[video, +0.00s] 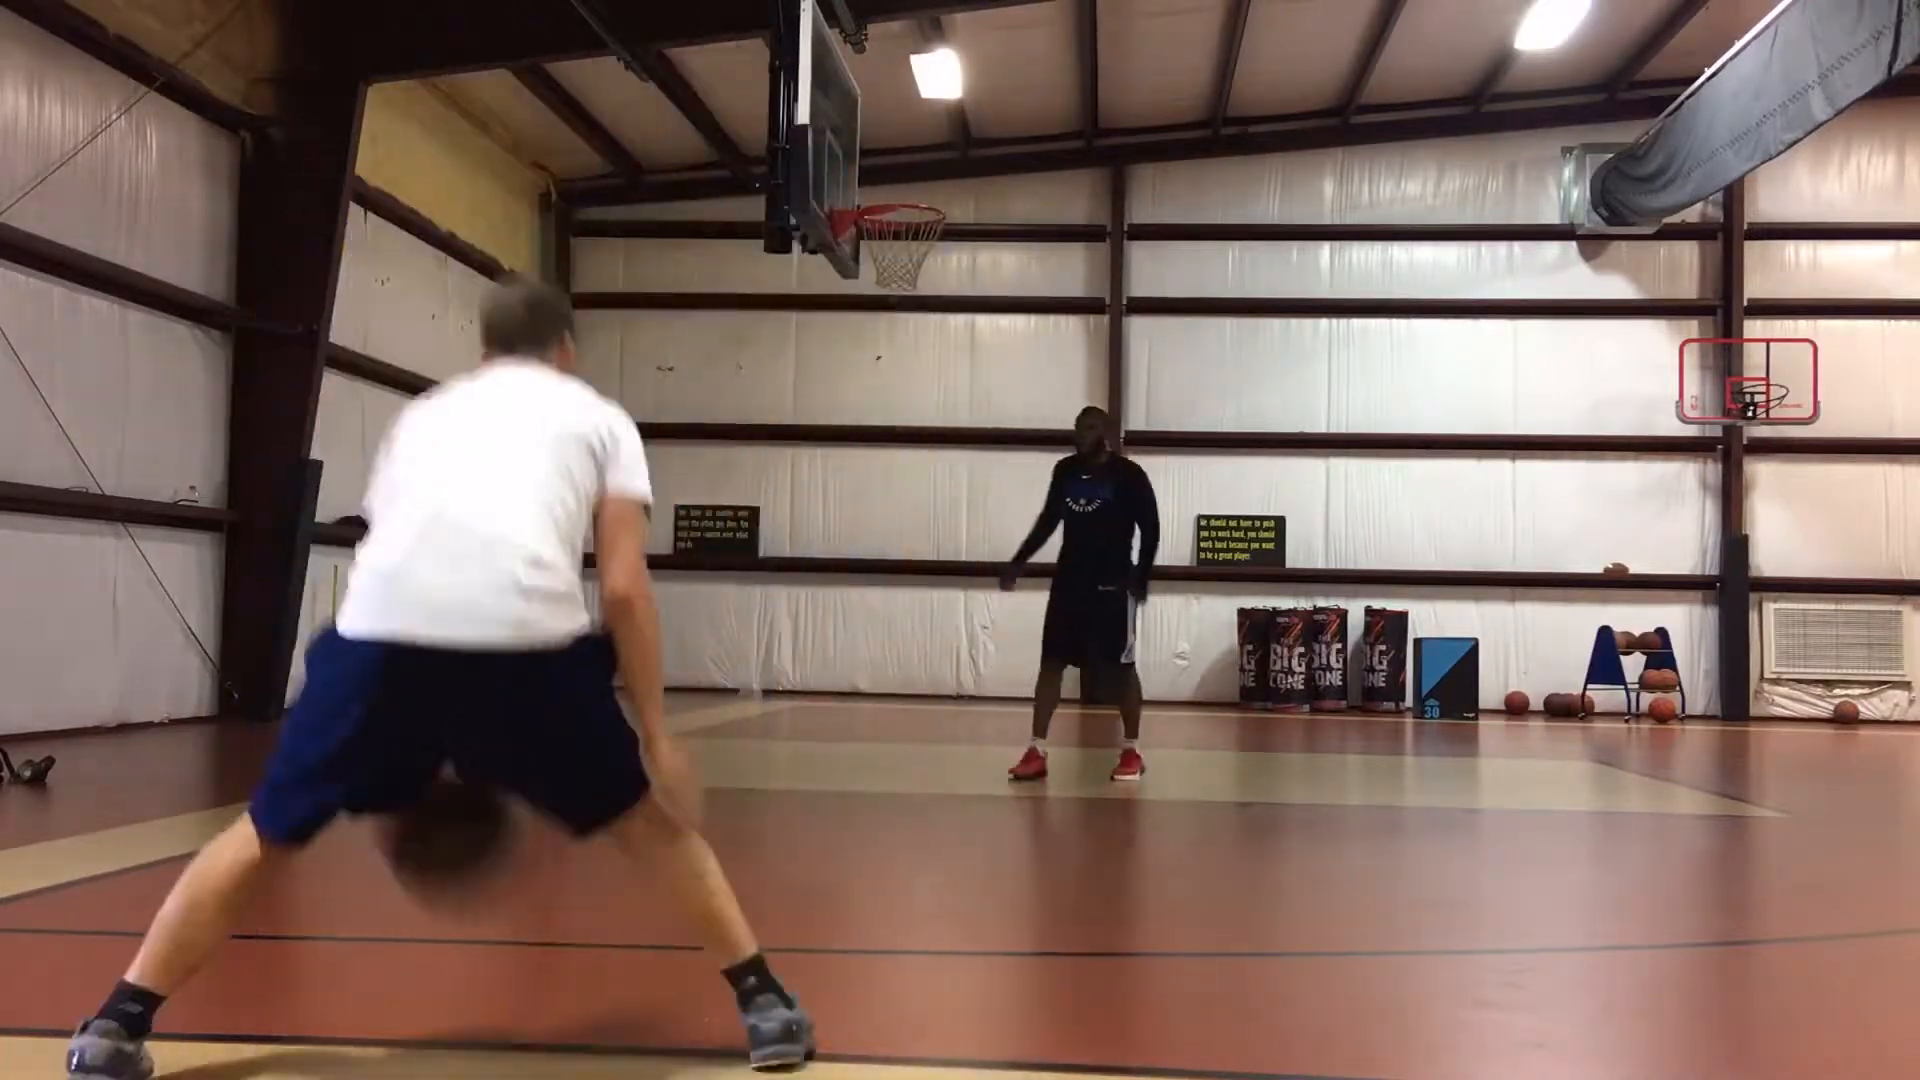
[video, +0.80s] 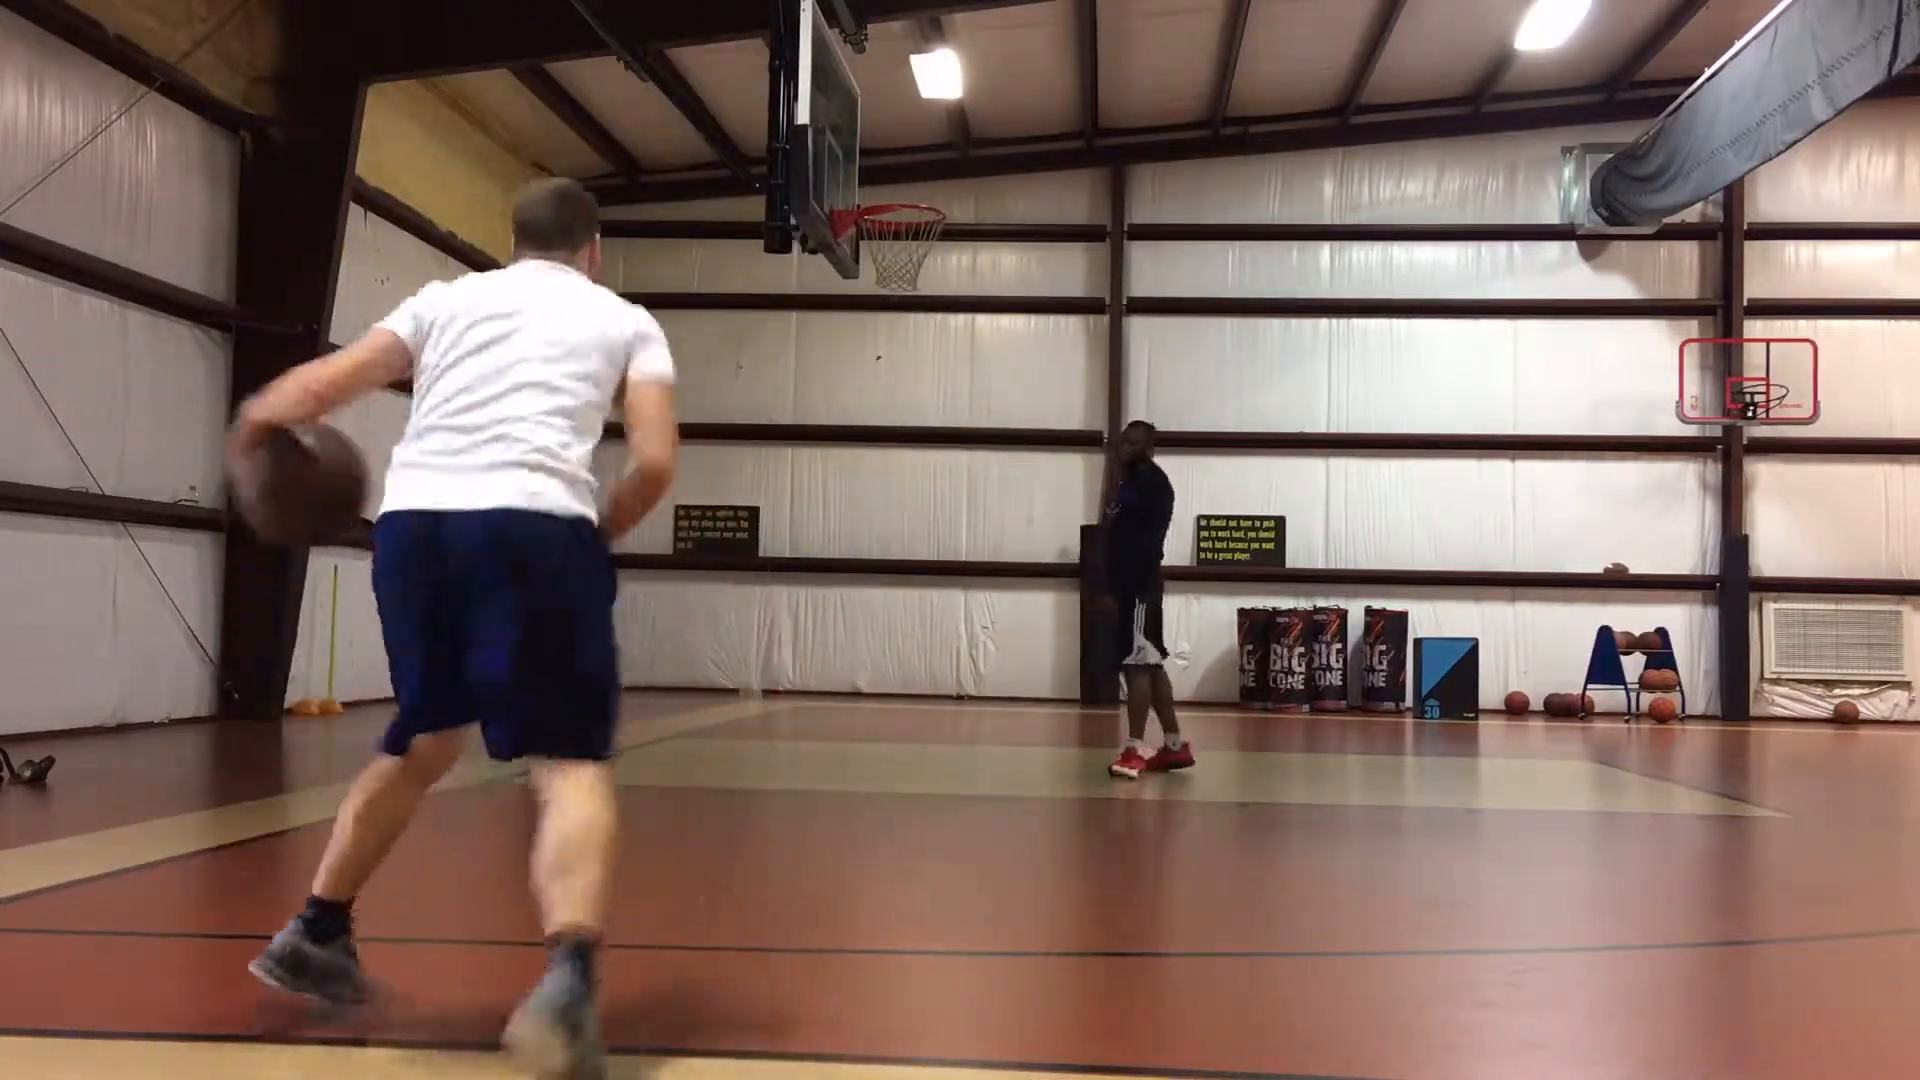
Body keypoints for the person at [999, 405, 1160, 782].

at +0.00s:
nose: (1083, 435)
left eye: (1090, 428)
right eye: (1080, 428)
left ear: (1106, 433)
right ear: (1075, 433)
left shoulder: (1129, 474)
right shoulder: (1065, 471)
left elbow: (1150, 529)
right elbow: (1048, 520)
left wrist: (1141, 576)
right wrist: (1017, 561)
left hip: (1113, 581)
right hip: (1070, 580)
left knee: (1122, 668)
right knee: (1051, 663)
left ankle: (1131, 751)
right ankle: (1036, 751)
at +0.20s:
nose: (1110, 435)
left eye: (1117, 429)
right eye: (1107, 428)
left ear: (1132, 435)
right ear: (1100, 431)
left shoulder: (1145, 474)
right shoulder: (1091, 466)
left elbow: (1154, 533)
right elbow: (1087, 522)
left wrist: (1154, 588)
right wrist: (1072, 568)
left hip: (1128, 583)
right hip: (1087, 581)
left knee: (1133, 667)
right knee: (1069, 663)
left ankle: (1132, 751)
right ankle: (1051, 748)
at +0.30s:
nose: (1112, 436)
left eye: (1122, 431)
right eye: (1111, 429)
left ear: (1139, 437)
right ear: (1107, 430)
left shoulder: (1149, 472)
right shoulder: (1101, 468)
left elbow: (1159, 525)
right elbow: (1098, 525)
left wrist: (1139, 565)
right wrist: (1079, 564)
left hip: (1130, 580)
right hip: (1093, 576)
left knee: (1134, 665)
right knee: (1070, 657)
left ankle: (1132, 751)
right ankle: (1078, 744)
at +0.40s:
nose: (1119, 436)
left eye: (1128, 430)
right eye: (1117, 429)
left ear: (1145, 436)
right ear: (1112, 431)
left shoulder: (1153, 469)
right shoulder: (1110, 468)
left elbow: (1165, 517)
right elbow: (1106, 525)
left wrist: (1133, 539)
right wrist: (1079, 562)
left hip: (1134, 579)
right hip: (1101, 577)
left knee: (1135, 665)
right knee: (1080, 654)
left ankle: (1134, 751)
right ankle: (1109, 732)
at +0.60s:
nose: (1124, 439)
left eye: (1132, 434)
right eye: (1123, 432)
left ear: (1150, 439)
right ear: (1119, 435)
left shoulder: (1159, 474)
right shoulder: (1117, 473)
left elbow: (1159, 529)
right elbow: (1109, 527)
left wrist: (1115, 551)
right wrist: (1089, 575)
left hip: (1139, 580)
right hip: (1113, 579)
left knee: (1136, 665)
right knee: (1124, 665)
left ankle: (1135, 748)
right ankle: (1162, 733)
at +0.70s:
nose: (1124, 443)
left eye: (1132, 438)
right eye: (1123, 437)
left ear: (1149, 443)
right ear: (1123, 440)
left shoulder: (1154, 478)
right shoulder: (1130, 476)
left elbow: (1123, 517)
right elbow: (1113, 518)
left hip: (1139, 582)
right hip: (1128, 581)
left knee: (1139, 666)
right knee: (1141, 665)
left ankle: (1136, 749)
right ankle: (1171, 743)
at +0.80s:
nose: (1125, 448)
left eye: (1132, 443)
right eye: (1124, 442)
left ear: (1149, 446)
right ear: (1124, 443)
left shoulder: (1148, 480)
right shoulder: (1141, 479)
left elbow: (1136, 533)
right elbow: (1116, 520)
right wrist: (1111, 463)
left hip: (1139, 583)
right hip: (1138, 582)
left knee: (1136, 665)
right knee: (1151, 665)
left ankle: (1136, 748)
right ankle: (1175, 744)